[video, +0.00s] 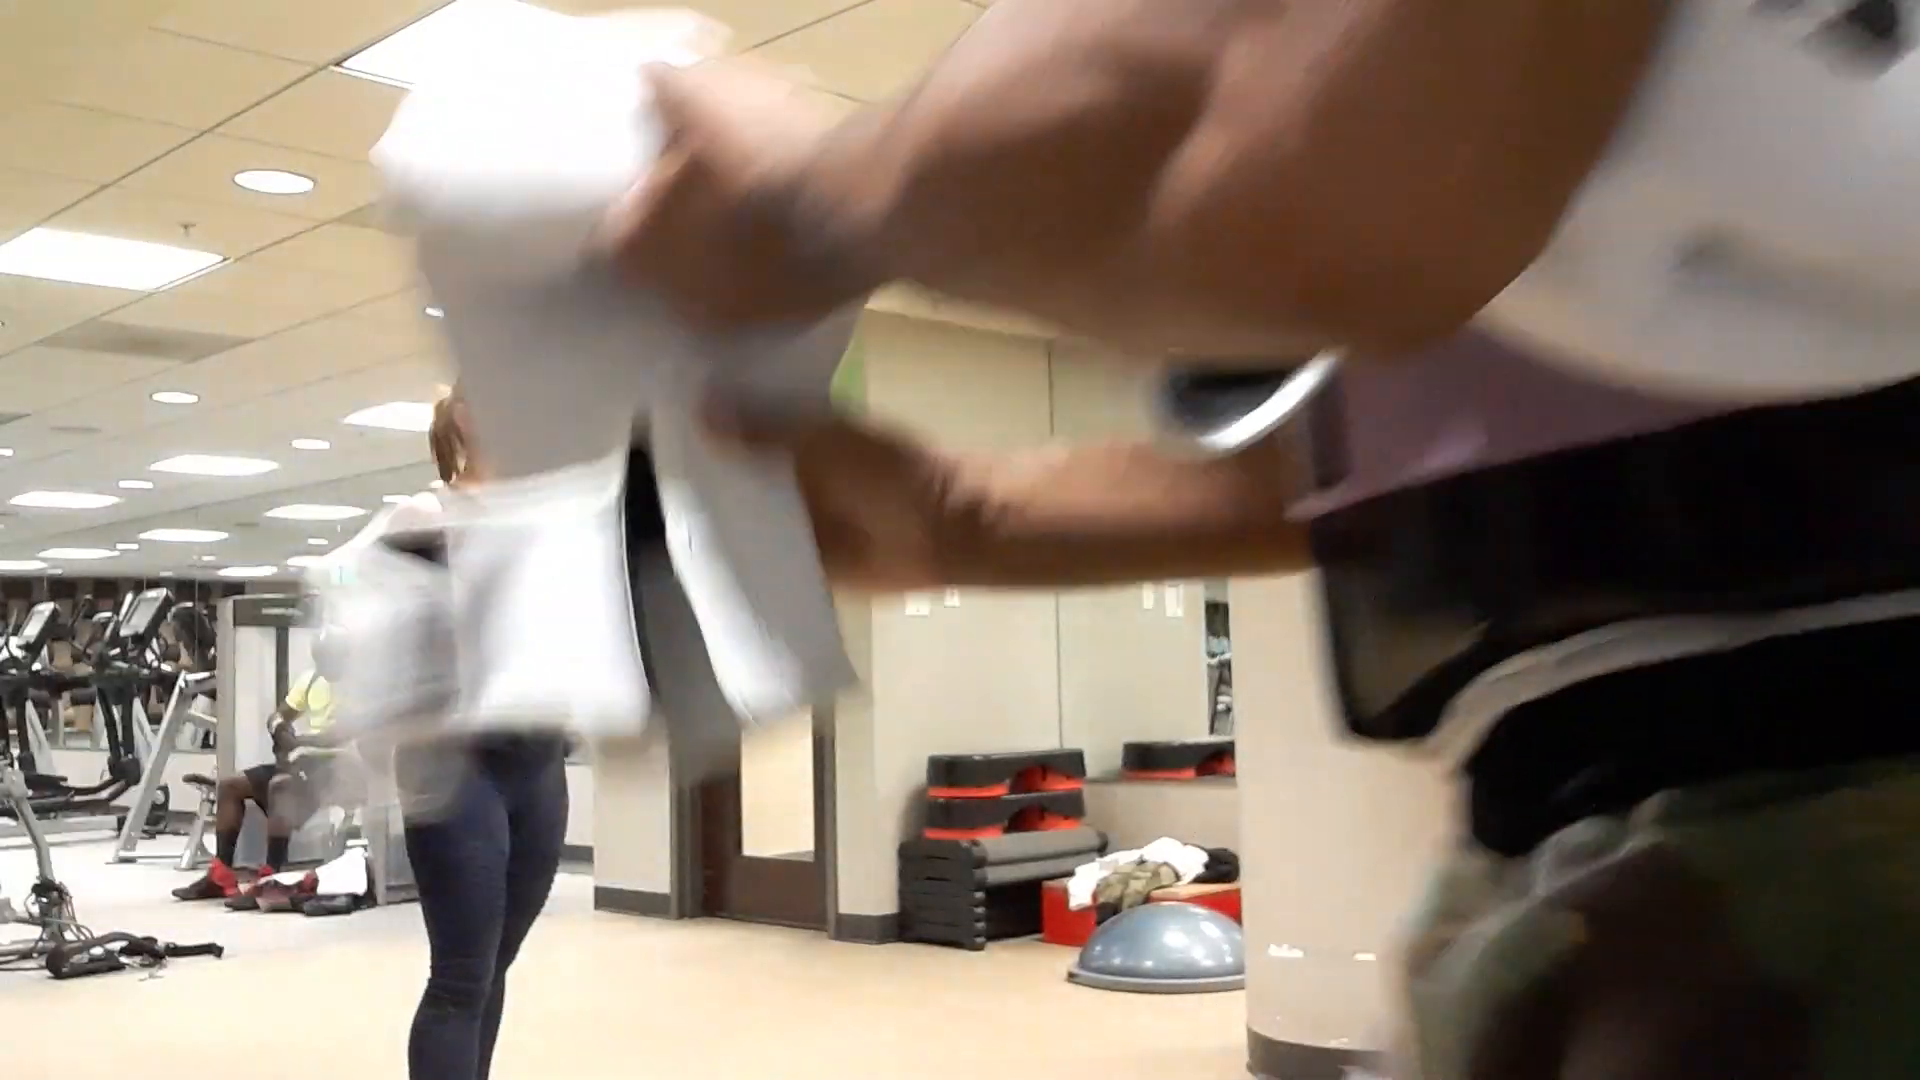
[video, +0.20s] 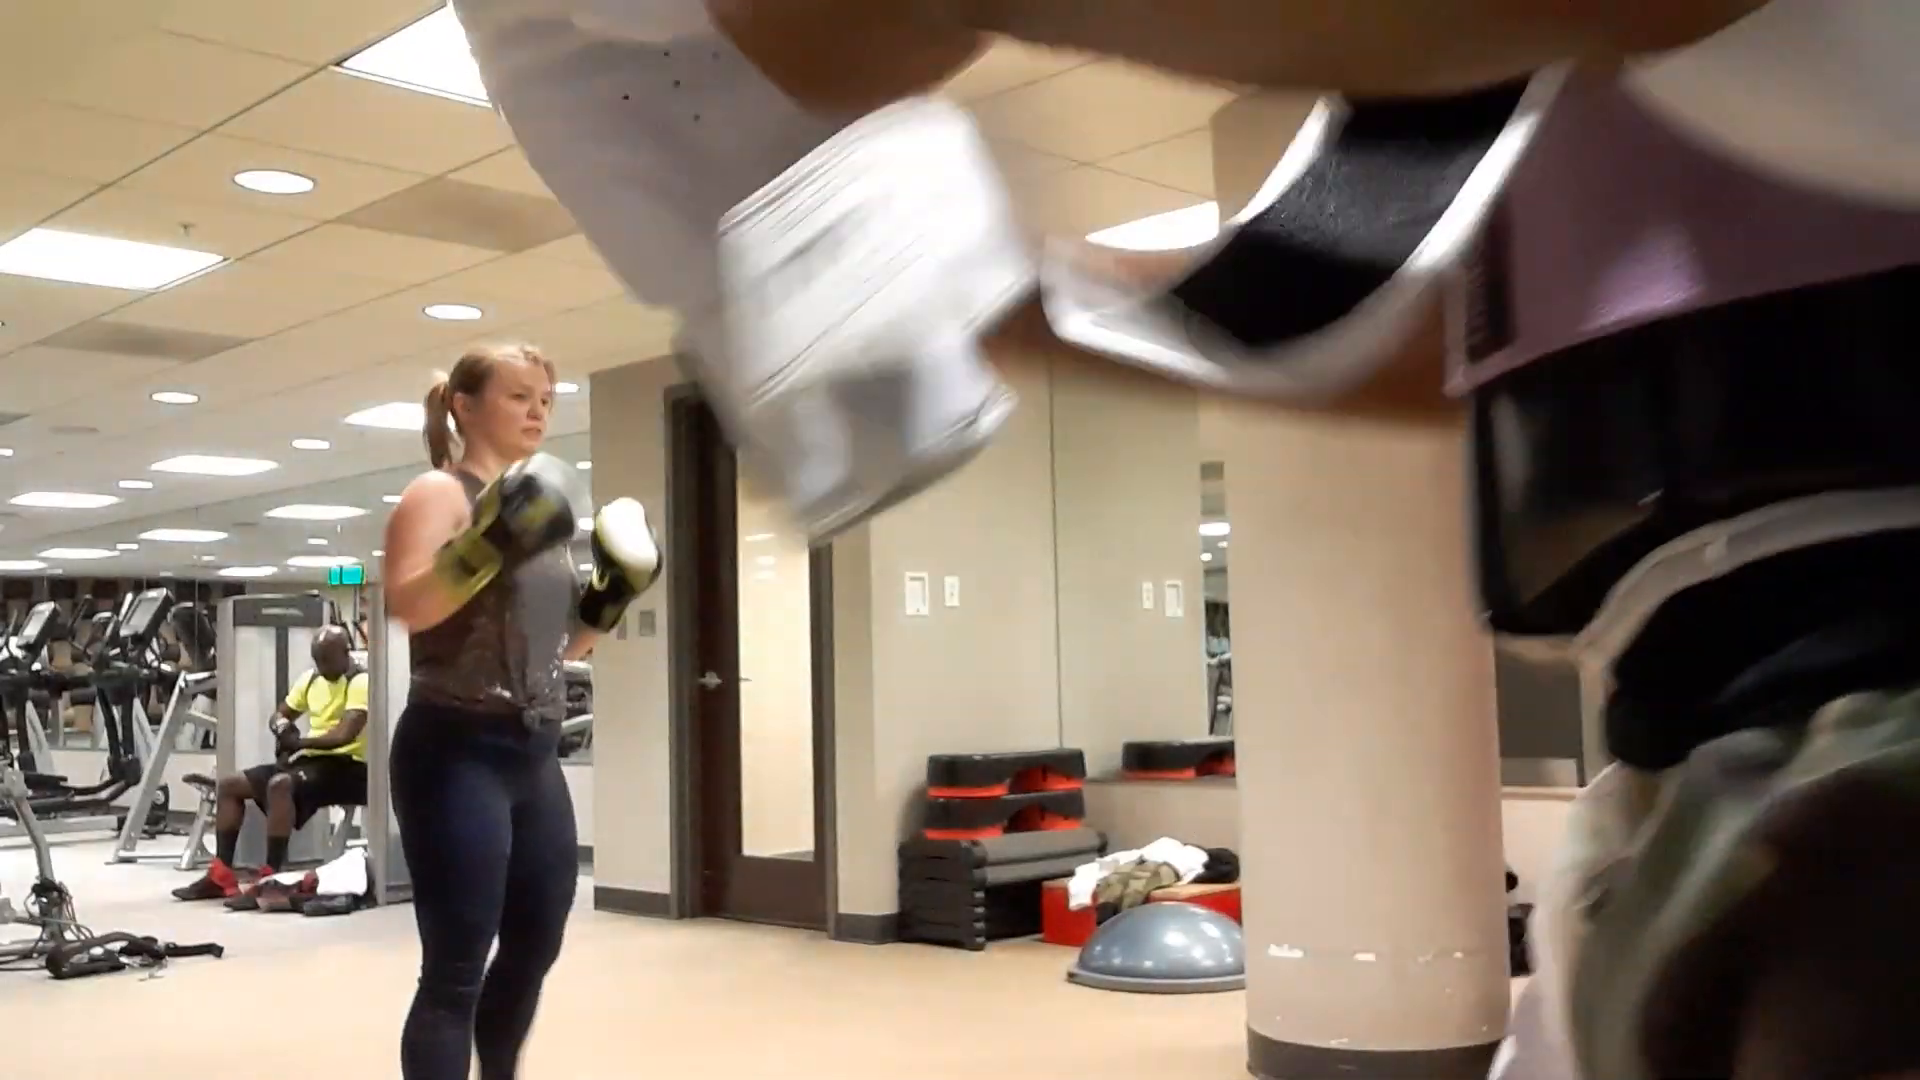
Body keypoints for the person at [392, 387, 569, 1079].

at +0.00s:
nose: (509, 426)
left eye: (510, 410)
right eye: (491, 412)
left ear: (526, 422)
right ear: (464, 430)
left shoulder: (554, 516)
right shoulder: (416, 525)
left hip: (540, 758)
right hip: (448, 759)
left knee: (490, 971)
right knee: (463, 976)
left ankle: (470, 1074)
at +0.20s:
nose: (537, 415)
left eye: (545, 404)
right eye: (520, 398)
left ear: (549, 415)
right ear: (465, 407)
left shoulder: (533, 505)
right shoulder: (434, 496)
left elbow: (567, 648)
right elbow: (411, 607)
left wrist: (611, 596)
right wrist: (492, 542)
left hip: (534, 755)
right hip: (454, 751)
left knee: (534, 946)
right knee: (454, 967)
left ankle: (494, 1070)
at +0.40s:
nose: (544, 412)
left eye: (551, 398)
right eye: (525, 398)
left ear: (557, 407)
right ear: (474, 409)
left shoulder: (547, 502)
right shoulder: (457, 497)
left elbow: (600, 624)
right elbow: (487, 611)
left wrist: (630, 555)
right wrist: (560, 533)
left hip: (542, 756)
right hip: (467, 755)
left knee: (549, 955)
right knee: (470, 966)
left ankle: (536, 1079)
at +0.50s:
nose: (549, 414)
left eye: (555, 400)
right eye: (528, 400)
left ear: (560, 409)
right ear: (476, 414)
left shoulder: (557, 512)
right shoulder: (459, 511)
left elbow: (618, 626)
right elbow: (463, 642)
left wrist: (639, 559)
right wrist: (553, 571)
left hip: (557, 758)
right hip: (474, 758)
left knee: (559, 957)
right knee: (486, 965)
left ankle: (538, 1079)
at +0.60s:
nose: (547, 416)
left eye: (554, 403)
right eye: (526, 402)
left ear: (560, 414)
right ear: (474, 418)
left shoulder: (580, 509)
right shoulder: (448, 528)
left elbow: (629, 625)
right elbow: (429, 664)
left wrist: (650, 576)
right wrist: (503, 605)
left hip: (567, 759)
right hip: (476, 760)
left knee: (573, 957)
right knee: (479, 971)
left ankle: (540, 1076)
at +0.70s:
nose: (542, 431)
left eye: (547, 419)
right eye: (521, 419)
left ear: (556, 431)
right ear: (469, 439)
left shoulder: (588, 520)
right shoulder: (437, 556)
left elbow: (642, 630)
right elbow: (388, 689)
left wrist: (650, 585)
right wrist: (462, 660)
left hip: (573, 771)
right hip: (477, 775)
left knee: (590, 961)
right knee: (483, 974)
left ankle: (544, 1074)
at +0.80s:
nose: (551, 455)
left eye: (553, 441)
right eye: (529, 445)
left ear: (560, 447)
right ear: (472, 465)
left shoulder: (589, 533)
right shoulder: (445, 580)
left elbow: (637, 638)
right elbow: (367, 687)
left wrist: (653, 611)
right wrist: (414, 697)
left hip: (569, 780)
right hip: (480, 784)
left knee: (600, 963)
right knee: (495, 977)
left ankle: (550, 1075)